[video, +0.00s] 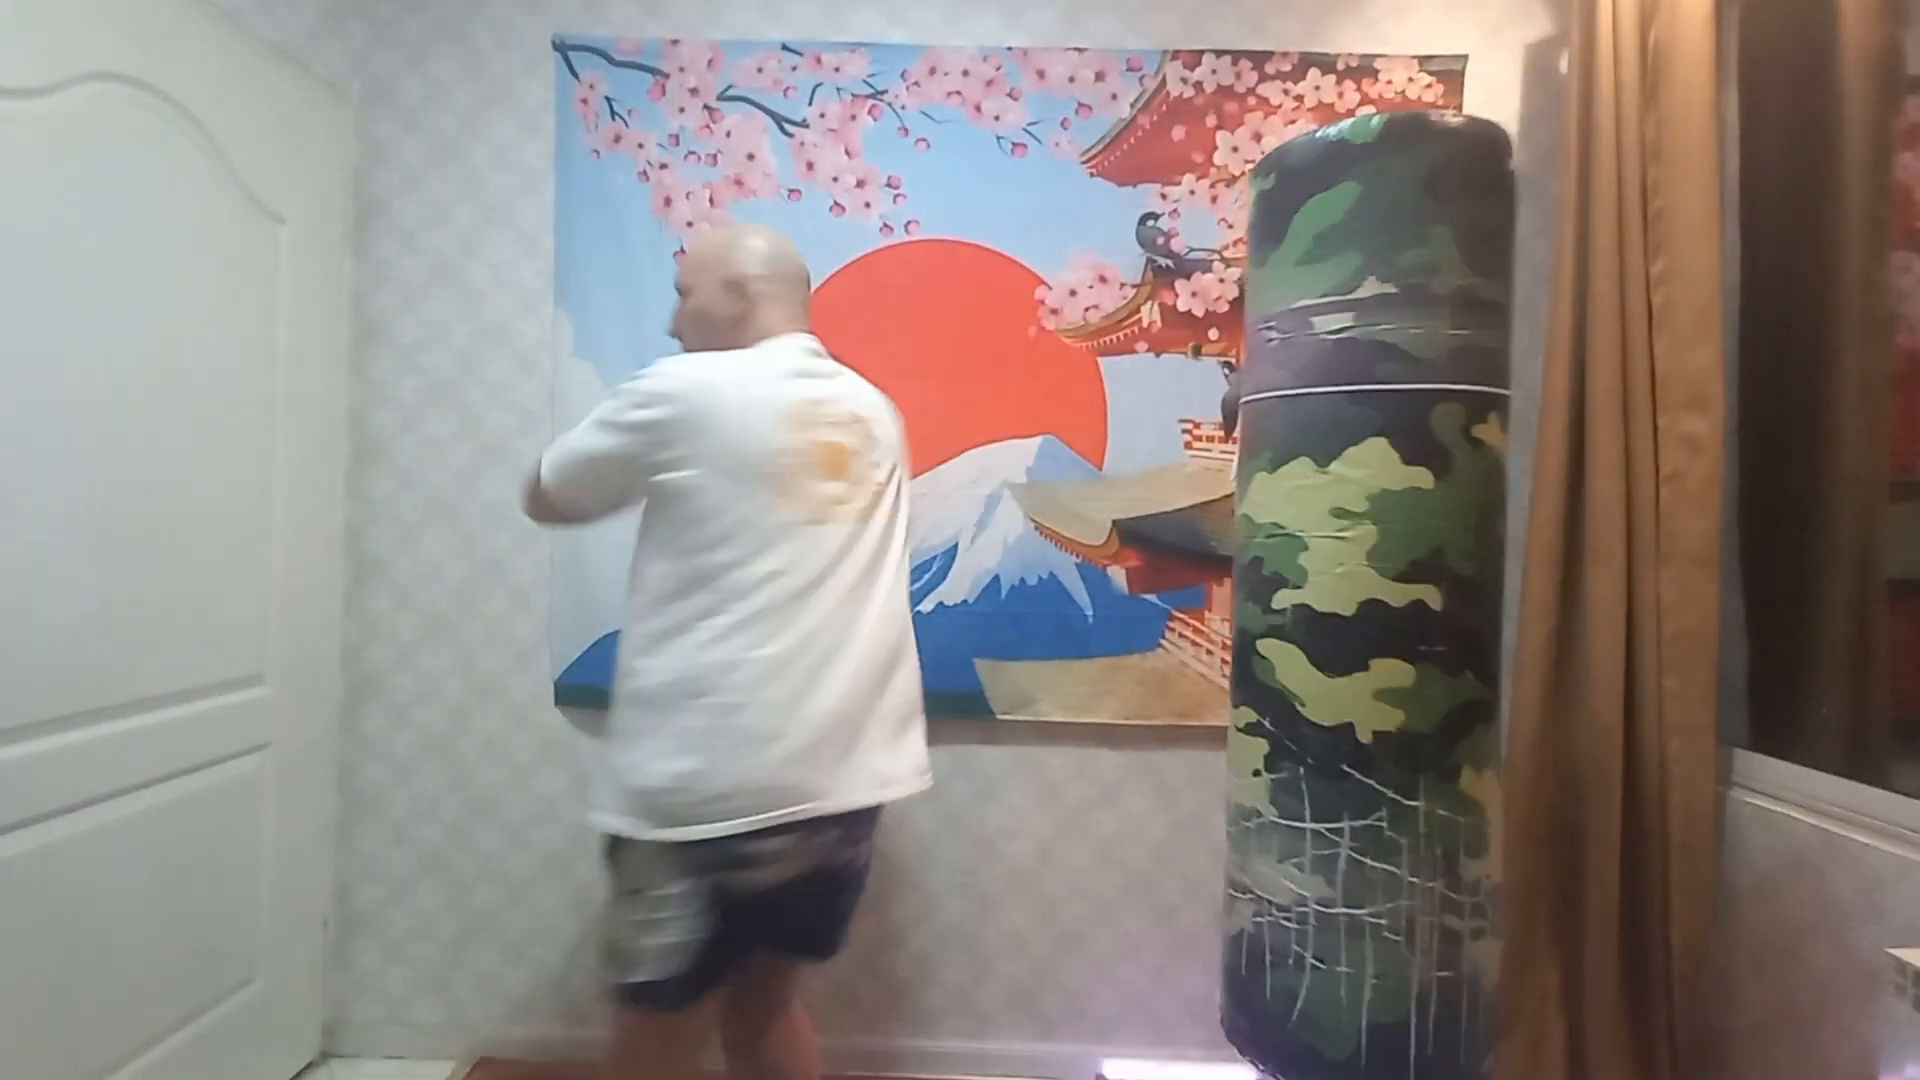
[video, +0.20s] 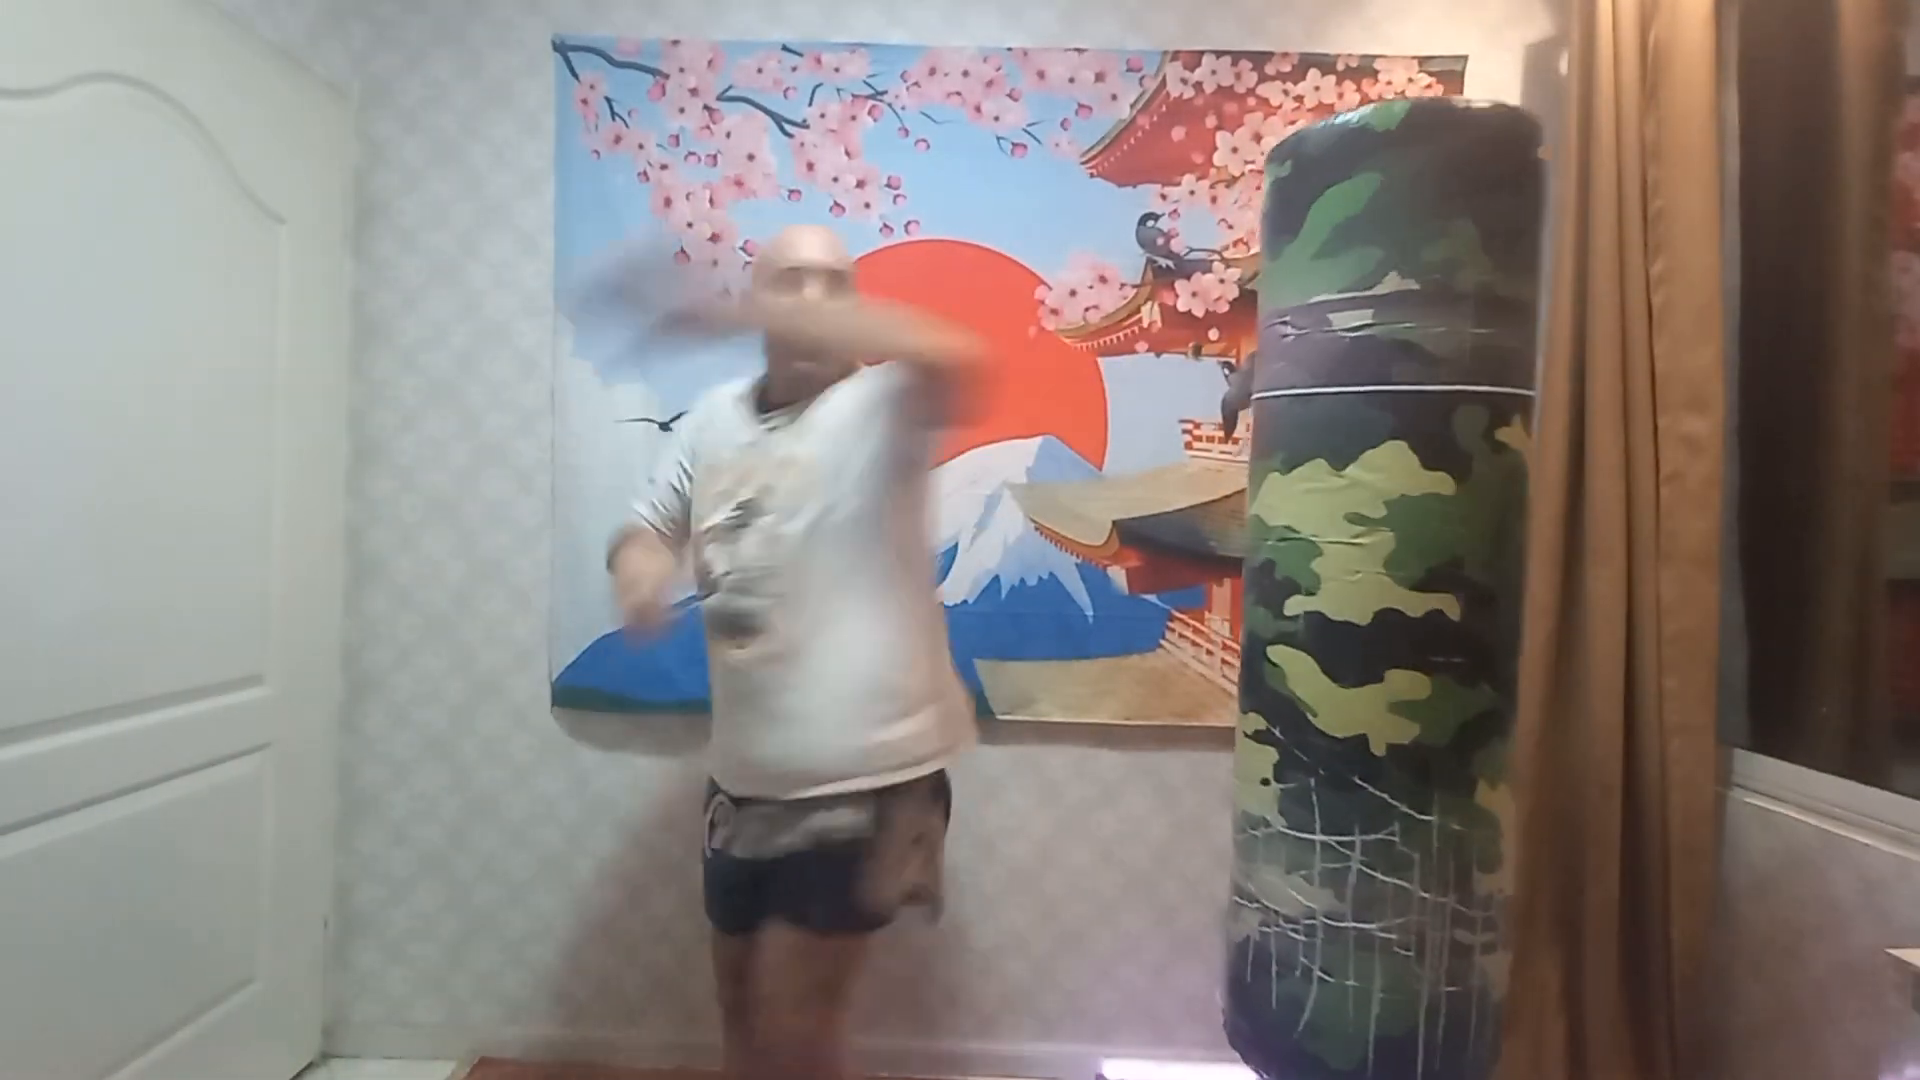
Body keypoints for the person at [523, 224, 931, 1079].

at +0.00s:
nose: (674, 312)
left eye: (686, 293)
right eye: (678, 291)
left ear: (740, 295)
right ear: (782, 298)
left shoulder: (683, 395)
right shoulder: (876, 411)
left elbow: (549, 494)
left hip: (696, 803)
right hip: (841, 792)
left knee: (654, 1044)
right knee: (768, 1011)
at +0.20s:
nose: (808, 300)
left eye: (830, 284)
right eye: (788, 282)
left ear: (856, 301)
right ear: (753, 300)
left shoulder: (886, 405)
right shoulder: (714, 422)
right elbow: (648, 528)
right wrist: (643, 575)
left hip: (865, 779)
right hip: (749, 780)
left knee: (793, 1038)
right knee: (747, 1037)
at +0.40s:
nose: (972, 331)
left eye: (975, 317)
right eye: (951, 310)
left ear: (978, 336)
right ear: (879, 318)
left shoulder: (996, 448)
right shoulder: (806, 380)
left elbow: (1095, 508)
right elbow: (786, 445)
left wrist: (1185, 431)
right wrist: (967, 374)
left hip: (915, 764)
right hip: (771, 755)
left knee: (972, 979)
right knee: (752, 1000)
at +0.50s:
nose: (1011, 355)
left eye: (1012, 339)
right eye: (992, 335)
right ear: (928, 335)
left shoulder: (993, 467)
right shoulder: (870, 401)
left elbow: (985, 600)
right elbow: (1020, 410)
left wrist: (1050, 547)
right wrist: (1181, 361)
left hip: (952, 768)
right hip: (835, 763)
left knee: (988, 979)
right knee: (777, 1030)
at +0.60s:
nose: (1032, 369)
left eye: (1032, 352)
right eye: (1018, 349)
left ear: (966, 344)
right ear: (959, 343)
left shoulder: (970, 441)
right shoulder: (922, 401)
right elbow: (1042, 455)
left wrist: (1037, 529)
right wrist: (1213, 395)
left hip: (947, 723)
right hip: (904, 715)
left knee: (971, 979)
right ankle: (692, 985)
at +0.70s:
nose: (1037, 371)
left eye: (1041, 353)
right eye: (1028, 350)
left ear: (967, 343)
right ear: (973, 341)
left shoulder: (924, 416)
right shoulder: (936, 396)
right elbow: (984, 497)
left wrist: (1027, 467)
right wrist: (1167, 448)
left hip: (879, 707)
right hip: (923, 694)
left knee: (969, 944)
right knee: (1157, 798)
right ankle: (1032, 973)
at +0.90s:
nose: (1047, 383)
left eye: (1048, 368)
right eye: (1037, 364)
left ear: (1002, 362)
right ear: (976, 354)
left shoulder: (999, 459)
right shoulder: (913, 411)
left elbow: (999, 592)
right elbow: (871, 520)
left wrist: (1050, 502)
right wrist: (1038, 524)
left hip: (925, 678)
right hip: (903, 669)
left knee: (951, 949)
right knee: (1110, 794)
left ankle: (940, 1074)